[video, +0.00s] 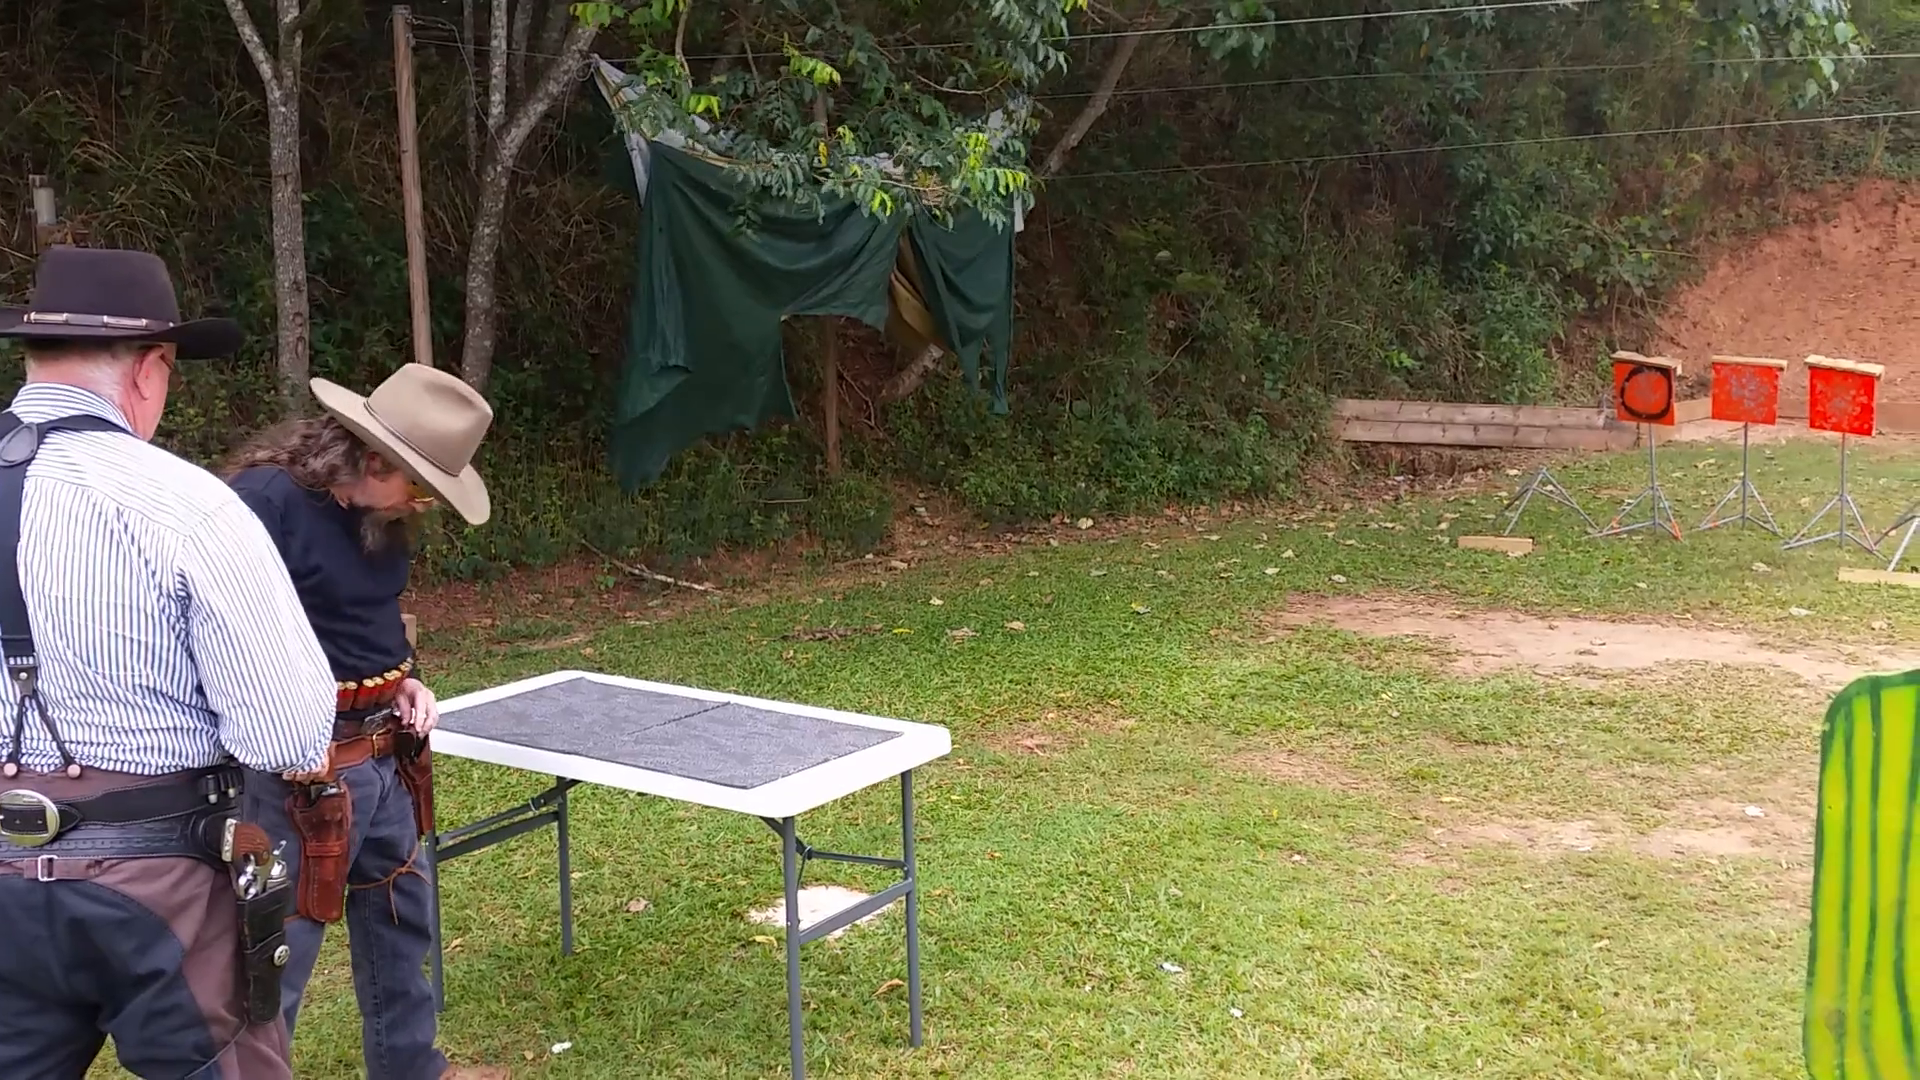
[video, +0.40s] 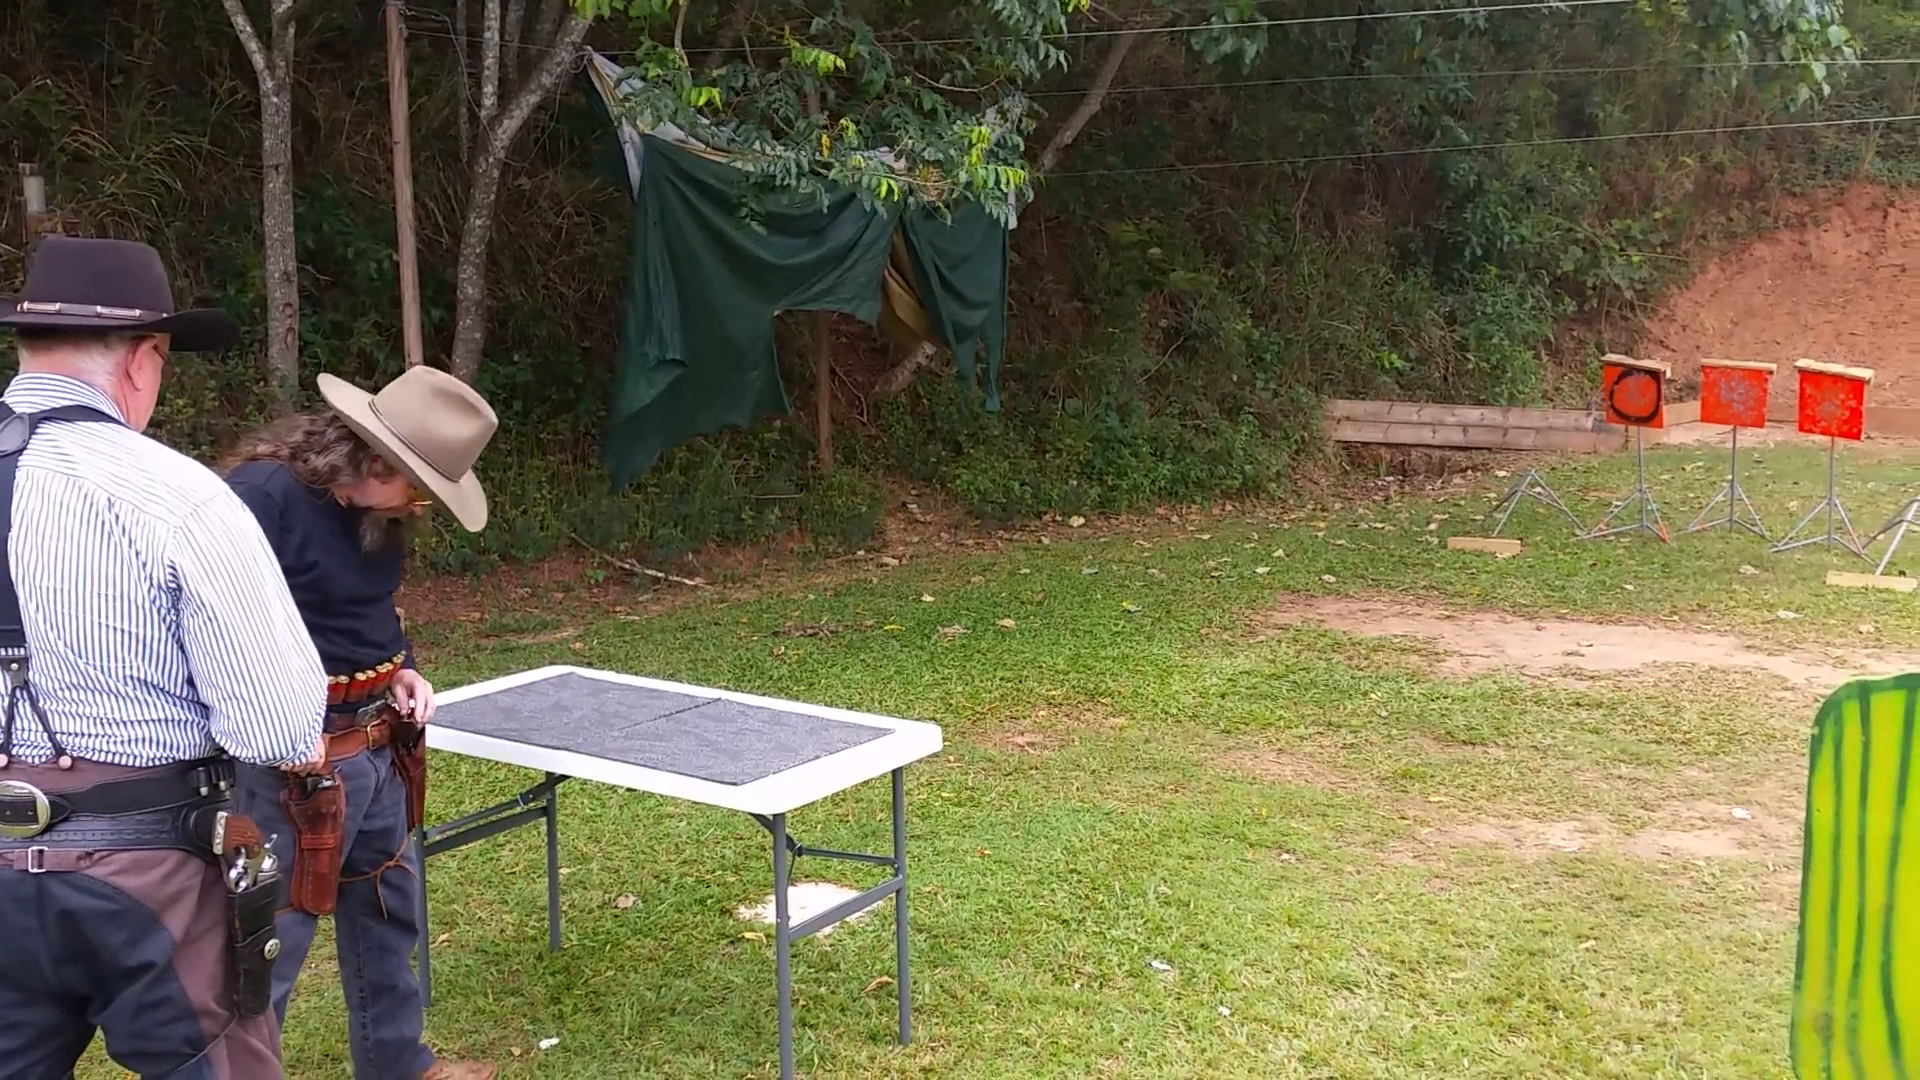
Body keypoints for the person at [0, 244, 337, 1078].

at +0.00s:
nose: (165, 398)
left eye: (171, 377)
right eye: (169, 375)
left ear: (36, 361)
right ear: (145, 374)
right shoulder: (182, 500)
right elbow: (287, 732)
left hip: (6, 857)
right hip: (155, 864)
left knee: (23, 1062)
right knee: (227, 1061)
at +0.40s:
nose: (156, 388)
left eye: (161, 366)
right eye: (160, 365)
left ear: (29, 351)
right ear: (137, 365)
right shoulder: (172, 490)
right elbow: (279, 725)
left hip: (3, 842)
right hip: (141, 850)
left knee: (18, 1061)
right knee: (215, 1060)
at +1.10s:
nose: (142, 367)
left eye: (147, 344)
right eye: (145, 344)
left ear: (11, 328)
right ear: (120, 342)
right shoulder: (152, 469)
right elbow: (263, 707)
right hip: (118, 831)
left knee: (13, 1057)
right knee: (194, 1059)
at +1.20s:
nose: (139, 359)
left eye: (143, 336)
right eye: (142, 336)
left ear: (9, 322)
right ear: (116, 335)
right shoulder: (151, 464)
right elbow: (262, 704)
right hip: (114, 830)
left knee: (10, 1059)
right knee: (189, 1061)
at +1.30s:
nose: (138, 354)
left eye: (142, 331)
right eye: (141, 331)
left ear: (8, 317)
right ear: (115, 330)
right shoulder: (146, 457)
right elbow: (262, 698)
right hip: (115, 828)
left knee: (8, 1056)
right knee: (191, 1059)